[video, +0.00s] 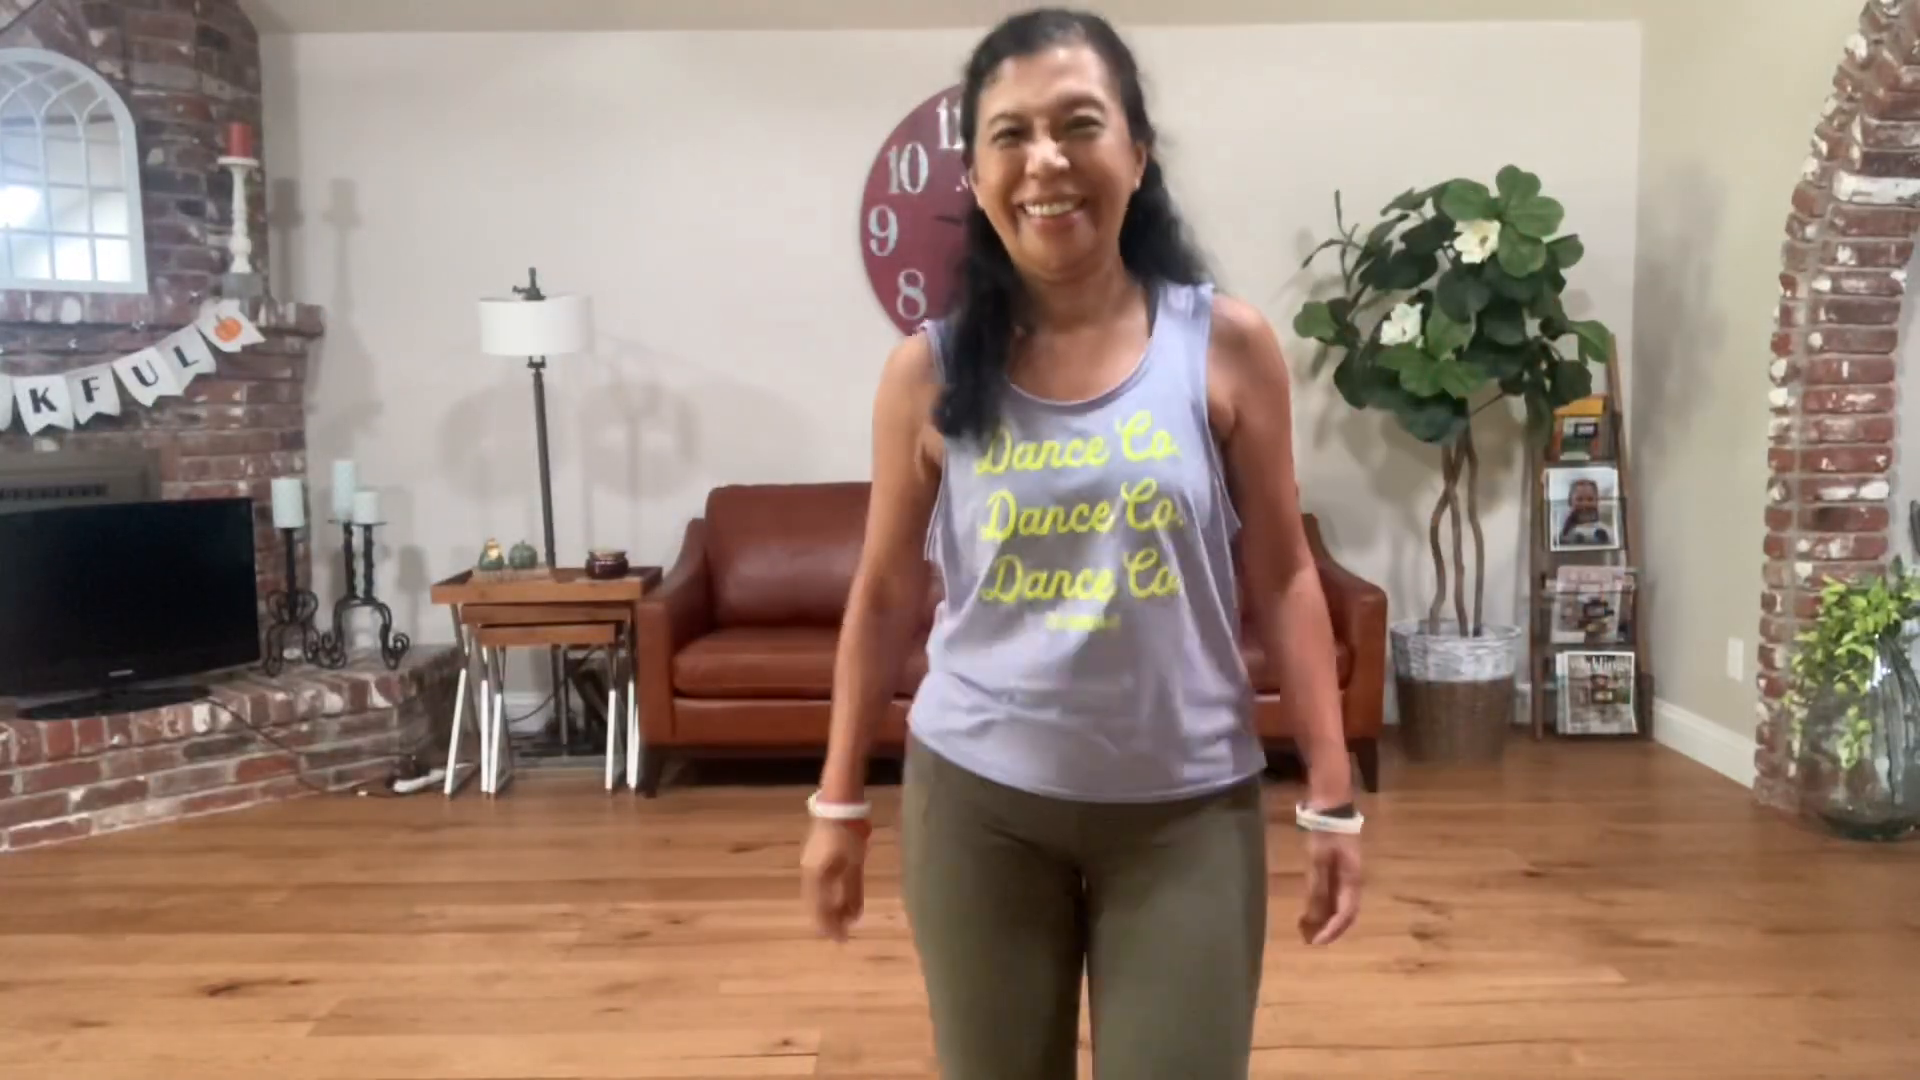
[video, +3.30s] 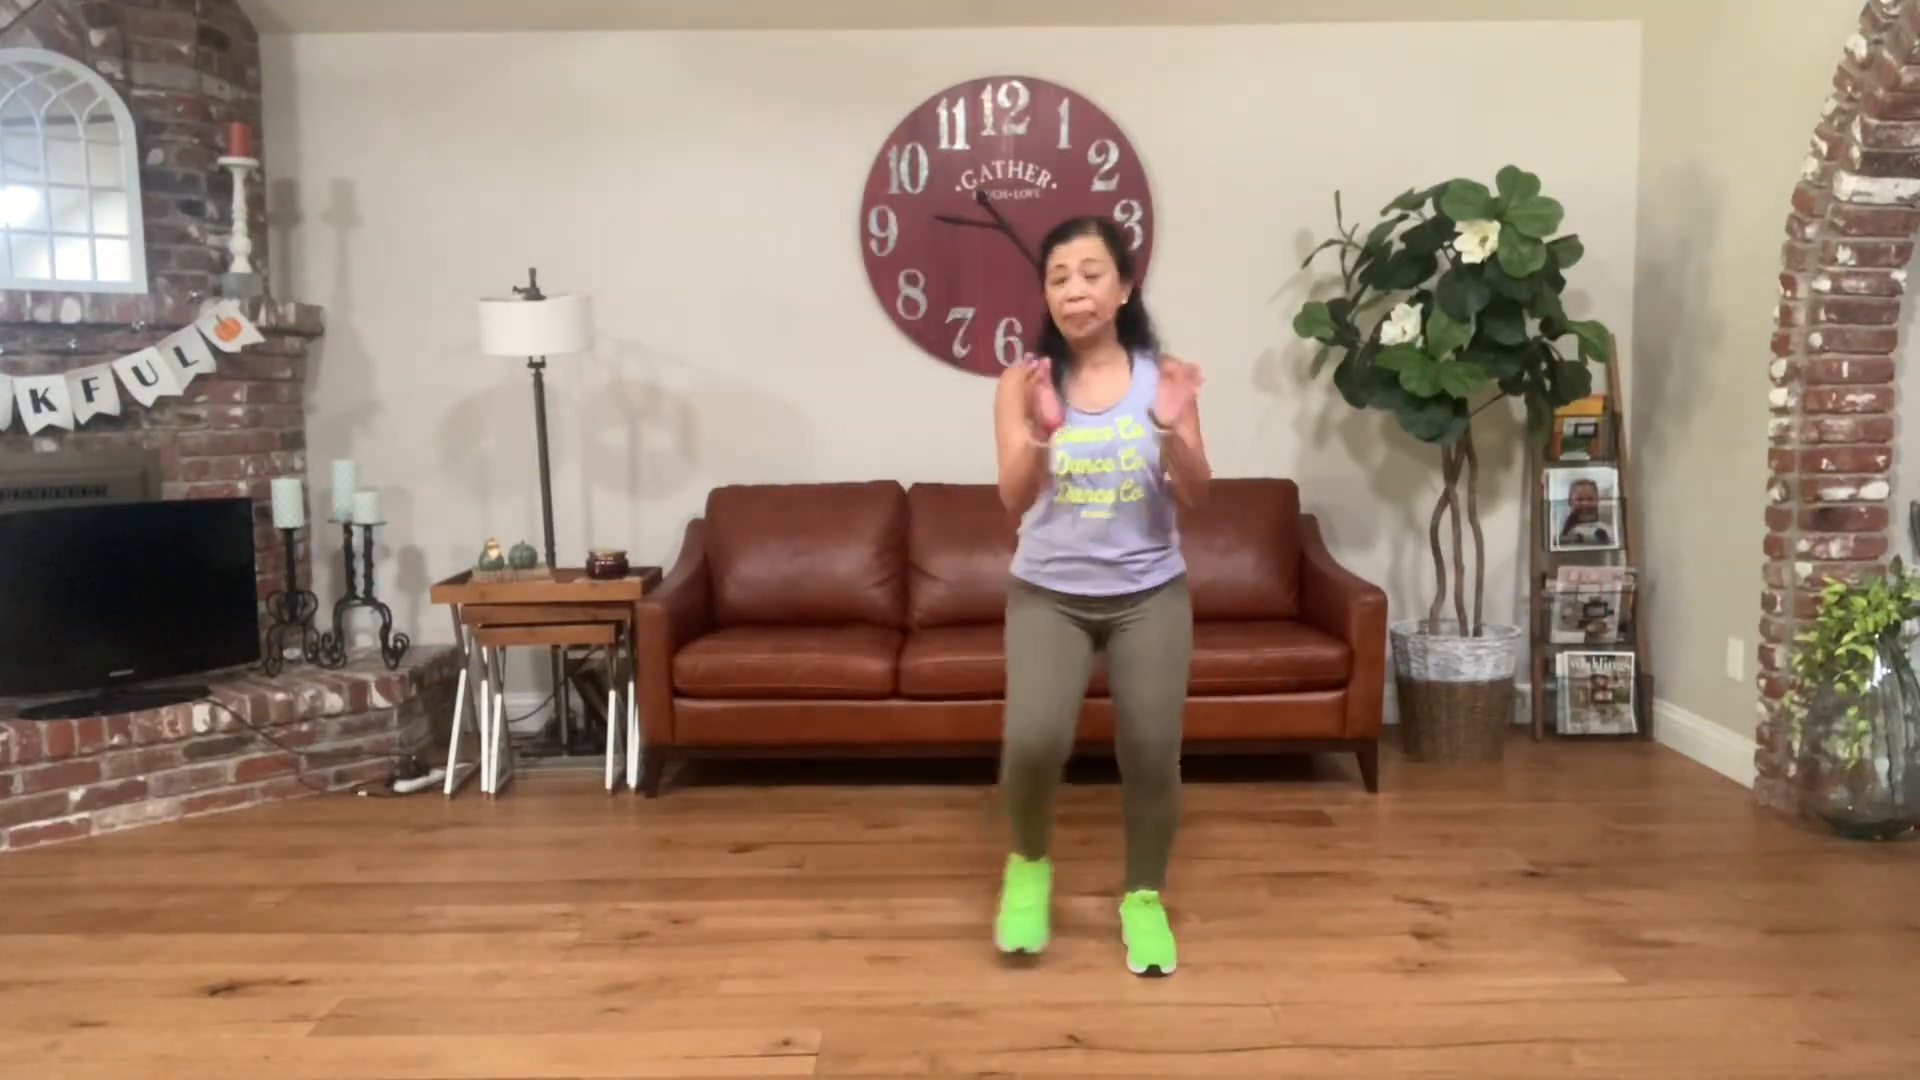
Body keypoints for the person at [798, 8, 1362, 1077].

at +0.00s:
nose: (1046, 160)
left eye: (1078, 126)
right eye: (1011, 136)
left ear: (1138, 153)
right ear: (973, 176)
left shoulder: (1226, 345)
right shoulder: (931, 370)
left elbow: (1285, 577)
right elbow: (881, 600)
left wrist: (1331, 794)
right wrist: (838, 801)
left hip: (1187, 812)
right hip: (976, 809)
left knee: (1178, 1065)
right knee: (995, 1068)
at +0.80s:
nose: (1048, 236)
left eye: (1071, 213)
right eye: (1022, 217)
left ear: (1105, 237)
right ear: (992, 245)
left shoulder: (1159, 372)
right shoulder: (951, 379)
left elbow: (1198, 527)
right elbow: (908, 533)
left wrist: (1236, 678)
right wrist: (875, 658)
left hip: (1142, 679)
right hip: (996, 682)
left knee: (1141, 921)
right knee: (1019, 908)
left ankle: (1159, 1076)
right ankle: (1040, 1056)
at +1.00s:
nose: (1039, 244)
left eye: (1059, 222)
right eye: (1014, 228)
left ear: (1092, 244)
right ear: (986, 259)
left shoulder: (1144, 366)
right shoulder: (951, 378)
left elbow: (1198, 503)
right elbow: (899, 515)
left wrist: (1201, 591)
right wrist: (871, 548)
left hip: (1125, 661)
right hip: (988, 662)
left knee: (1113, 870)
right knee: (1013, 871)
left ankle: (1123, 1048)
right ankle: (1036, 1053)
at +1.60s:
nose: (1014, 257)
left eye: (1032, 237)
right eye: (994, 242)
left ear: (1066, 257)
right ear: (971, 266)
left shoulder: (1116, 369)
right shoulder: (949, 375)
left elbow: (1179, 475)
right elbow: (931, 478)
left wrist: (1122, 565)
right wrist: (924, 548)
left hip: (1096, 622)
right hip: (978, 617)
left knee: (1091, 810)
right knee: (944, 794)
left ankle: (1099, 985)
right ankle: (946, 932)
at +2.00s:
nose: (930, 283)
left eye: (948, 267)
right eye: (913, 268)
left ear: (972, 285)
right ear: (888, 285)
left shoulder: (1005, 390)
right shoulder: (855, 380)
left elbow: (1044, 500)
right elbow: (815, 481)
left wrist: (1015, 532)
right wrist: (786, 501)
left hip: (985, 619)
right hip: (876, 617)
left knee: (1025, 794)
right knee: (869, 785)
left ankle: (1086, 975)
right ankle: (871, 914)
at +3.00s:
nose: (1032, 279)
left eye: (1047, 264)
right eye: (1013, 267)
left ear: (1071, 281)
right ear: (990, 289)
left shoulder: (1103, 370)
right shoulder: (965, 379)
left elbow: (1131, 454)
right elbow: (933, 476)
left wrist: (1157, 486)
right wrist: (924, 509)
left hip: (1092, 599)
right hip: (987, 597)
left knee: (1114, 755)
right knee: (938, 753)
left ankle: (1140, 900)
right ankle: (878, 908)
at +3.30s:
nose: (1076, 289)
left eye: (1092, 273)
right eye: (1061, 278)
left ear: (1123, 287)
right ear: (1045, 296)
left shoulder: (1165, 377)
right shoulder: (1023, 381)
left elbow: (1196, 491)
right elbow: (1014, 497)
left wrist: (1175, 431)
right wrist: (1041, 437)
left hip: (1151, 591)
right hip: (1047, 592)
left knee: (1153, 749)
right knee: (1034, 741)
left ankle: (1144, 896)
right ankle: (1028, 867)